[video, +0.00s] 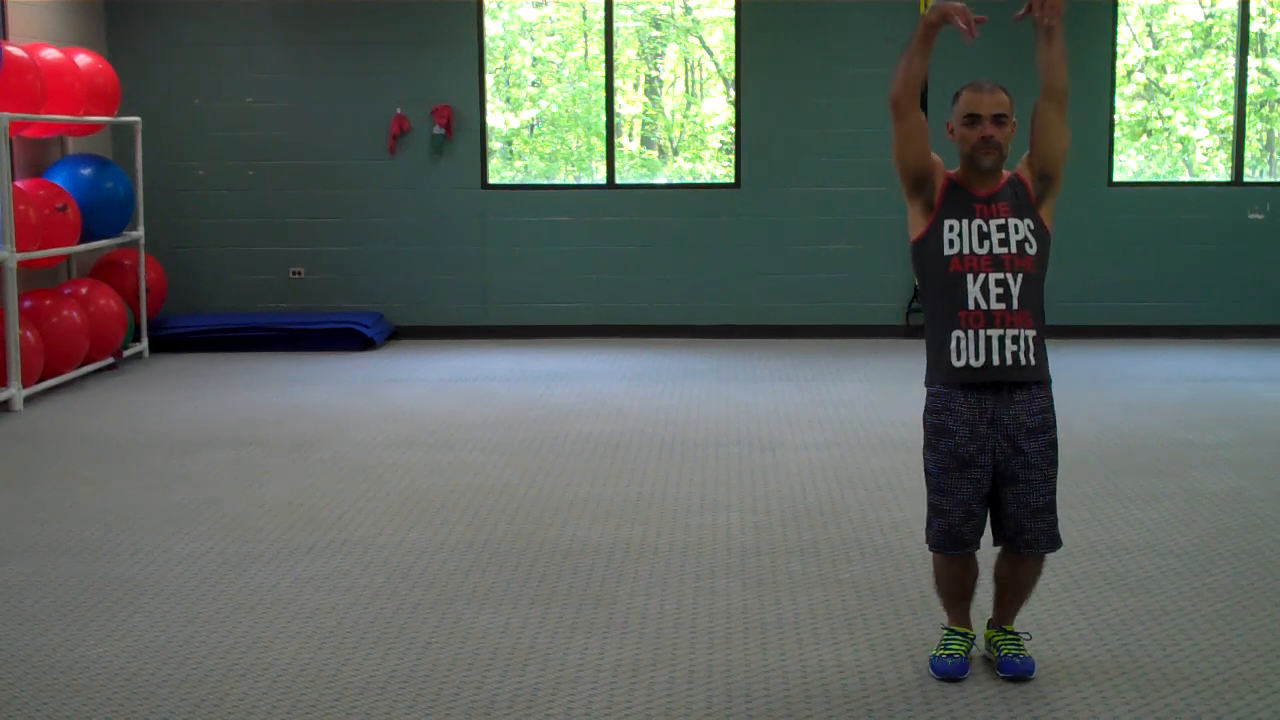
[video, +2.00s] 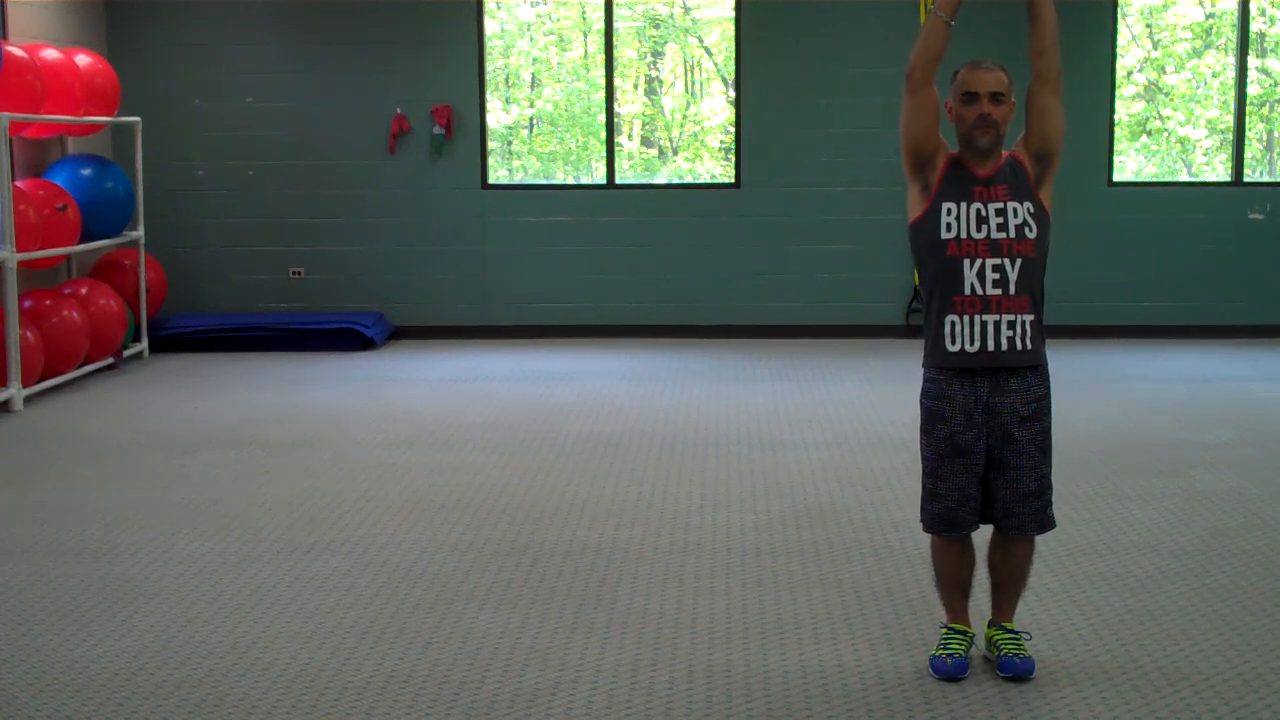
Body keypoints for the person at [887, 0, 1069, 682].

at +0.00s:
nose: (989, 130)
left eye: (999, 119)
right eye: (976, 119)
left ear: (1014, 131)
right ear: (954, 130)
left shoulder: (1035, 190)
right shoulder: (928, 191)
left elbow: (1056, 102)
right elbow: (902, 102)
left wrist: (1051, 28)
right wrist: (929, 25)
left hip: (1027, 395)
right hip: (955, 395)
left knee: (1028, 528)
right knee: (953, 527)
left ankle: (1003, 629)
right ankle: (957, 630)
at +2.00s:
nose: (984, 108)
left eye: (995, 98)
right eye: (970, 98)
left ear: (1012, 109)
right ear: (949, 109)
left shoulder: (1033, 172)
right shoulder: (928, 175)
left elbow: (1048, 74)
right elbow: (918, 78)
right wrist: (944, 7)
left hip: (1022, 381)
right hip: (951, 382)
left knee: (1019, 519)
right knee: (949, 519)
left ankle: (1004, 628)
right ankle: (955, 628)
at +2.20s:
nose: (983, 108)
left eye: (995, 98)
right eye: (970, 97)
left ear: (1012, 109)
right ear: (948, 108)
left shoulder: (1032, 172)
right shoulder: (927, 173)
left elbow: (1047, 76)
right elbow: (917, 78)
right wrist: (944, 5)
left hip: (1018, 381)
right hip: (948, 382)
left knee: (1016, 518)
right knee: (947, 518)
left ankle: (1004, 627)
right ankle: (954, 628)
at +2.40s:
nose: (983, 108)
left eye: (995, 98)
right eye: (970, 98)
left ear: (1012, 109)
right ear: (949, 109)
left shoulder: (1031, 172)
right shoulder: (927, 173)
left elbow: (1048, 76)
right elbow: (918, 77)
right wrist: (945, 6)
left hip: (1017, 382)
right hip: (947, 383)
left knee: (1016, 519)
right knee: (947, 520)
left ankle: (1004, 627)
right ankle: (954, 628)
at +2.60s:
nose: (983, 109)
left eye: (995, 100)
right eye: (970, 99)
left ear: (1012, 110)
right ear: (949, 109)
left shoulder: (1031, 172)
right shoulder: (927, 173)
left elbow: (1049, 74)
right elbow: (919, 76)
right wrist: (948, 8)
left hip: (1018, 381)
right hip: (948, 382)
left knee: (1018, 519)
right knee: (948, 521)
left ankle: (1004, 628)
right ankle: (955, 628)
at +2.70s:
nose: (983, 110)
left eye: (995, 100)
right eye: (970, 100)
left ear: (1012, 110)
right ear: (949, 109)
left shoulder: (1032, 172)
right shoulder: (927, 173)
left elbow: (1049, 74)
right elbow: (920, 75)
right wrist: (951, 5)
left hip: (1018, 383)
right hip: (948, 384)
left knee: (1018, 519)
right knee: (947, 520)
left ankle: (1004, 628)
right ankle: (955, 628)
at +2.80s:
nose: (984, 110)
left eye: (996, 100)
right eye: (970, 99)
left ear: (1012, 110)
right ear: (950, 109)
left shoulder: (1033, 172)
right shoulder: (928, 173)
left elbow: (1050, 75)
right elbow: (921, 77)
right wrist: (952, 5)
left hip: (1019, 382)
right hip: (948, 383)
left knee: (1018, 518)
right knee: (947, 519)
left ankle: (1004, 628)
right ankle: (955, 628)